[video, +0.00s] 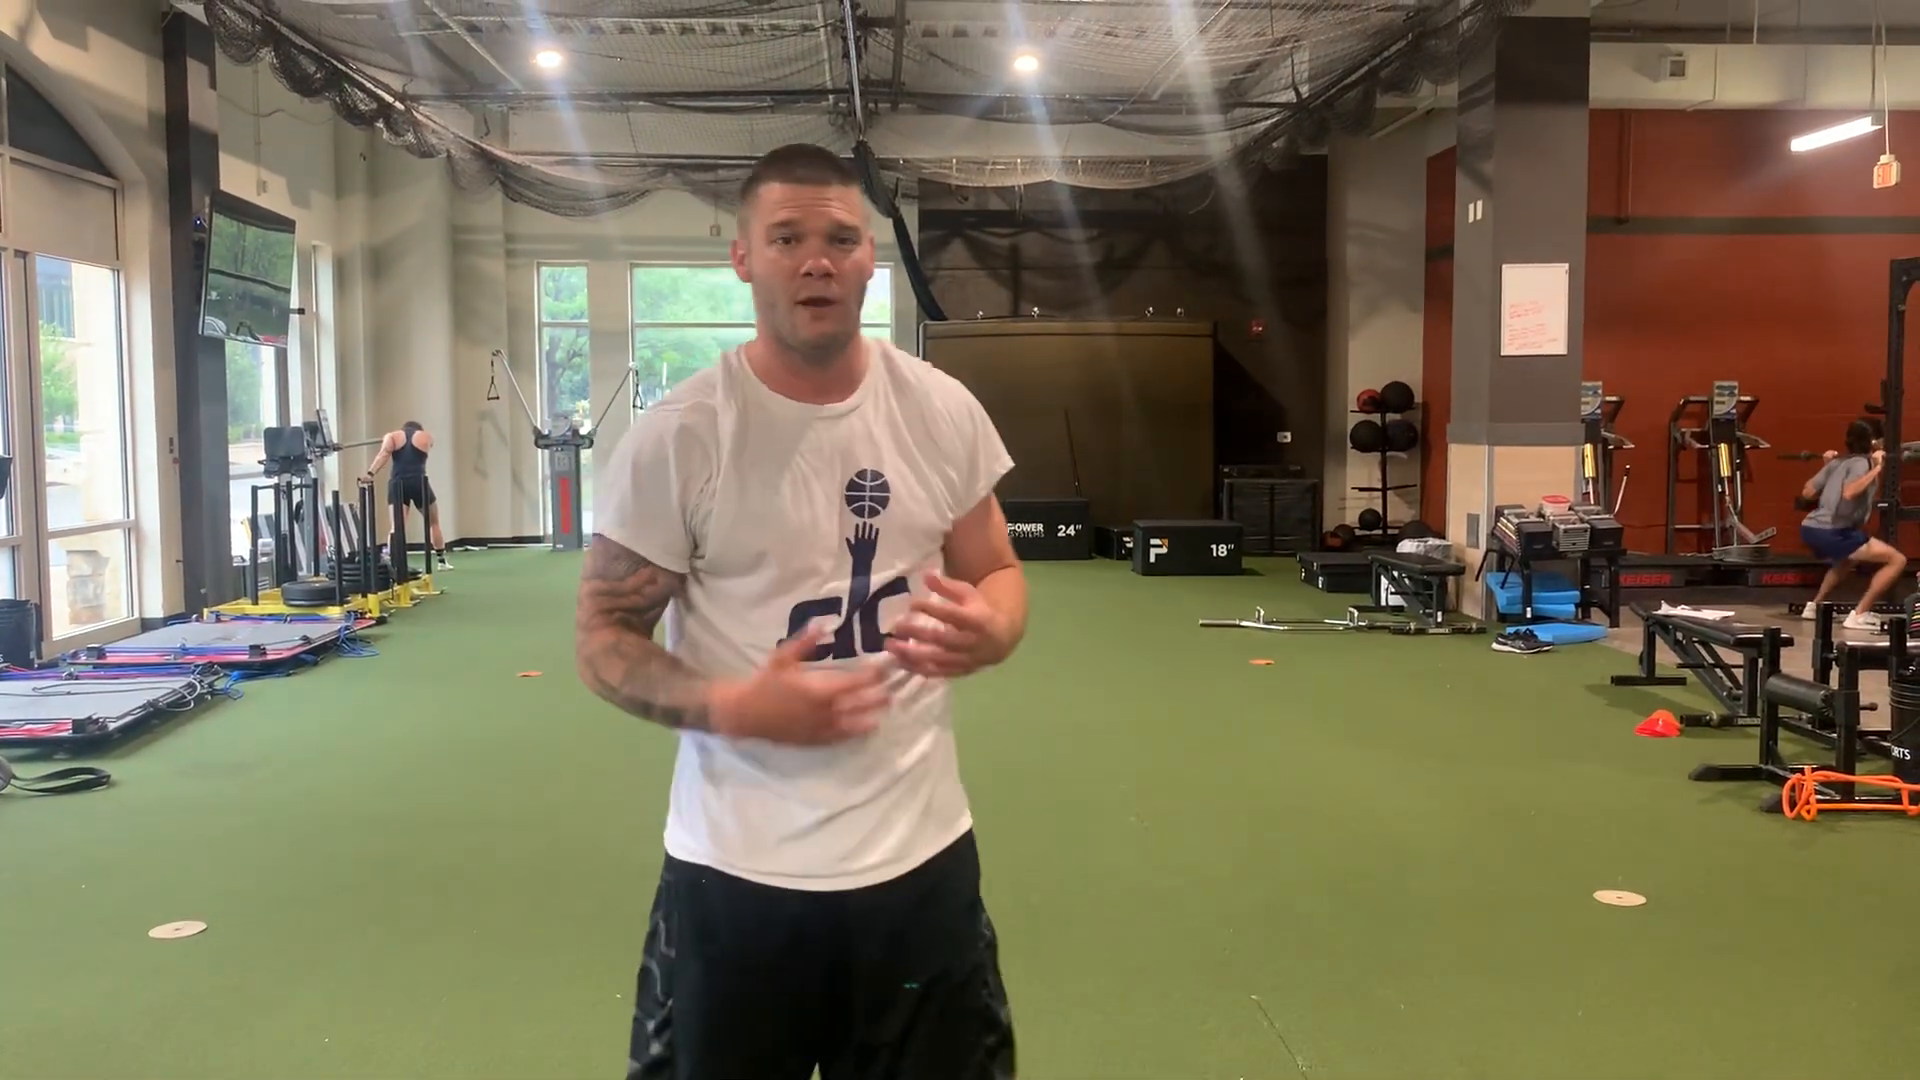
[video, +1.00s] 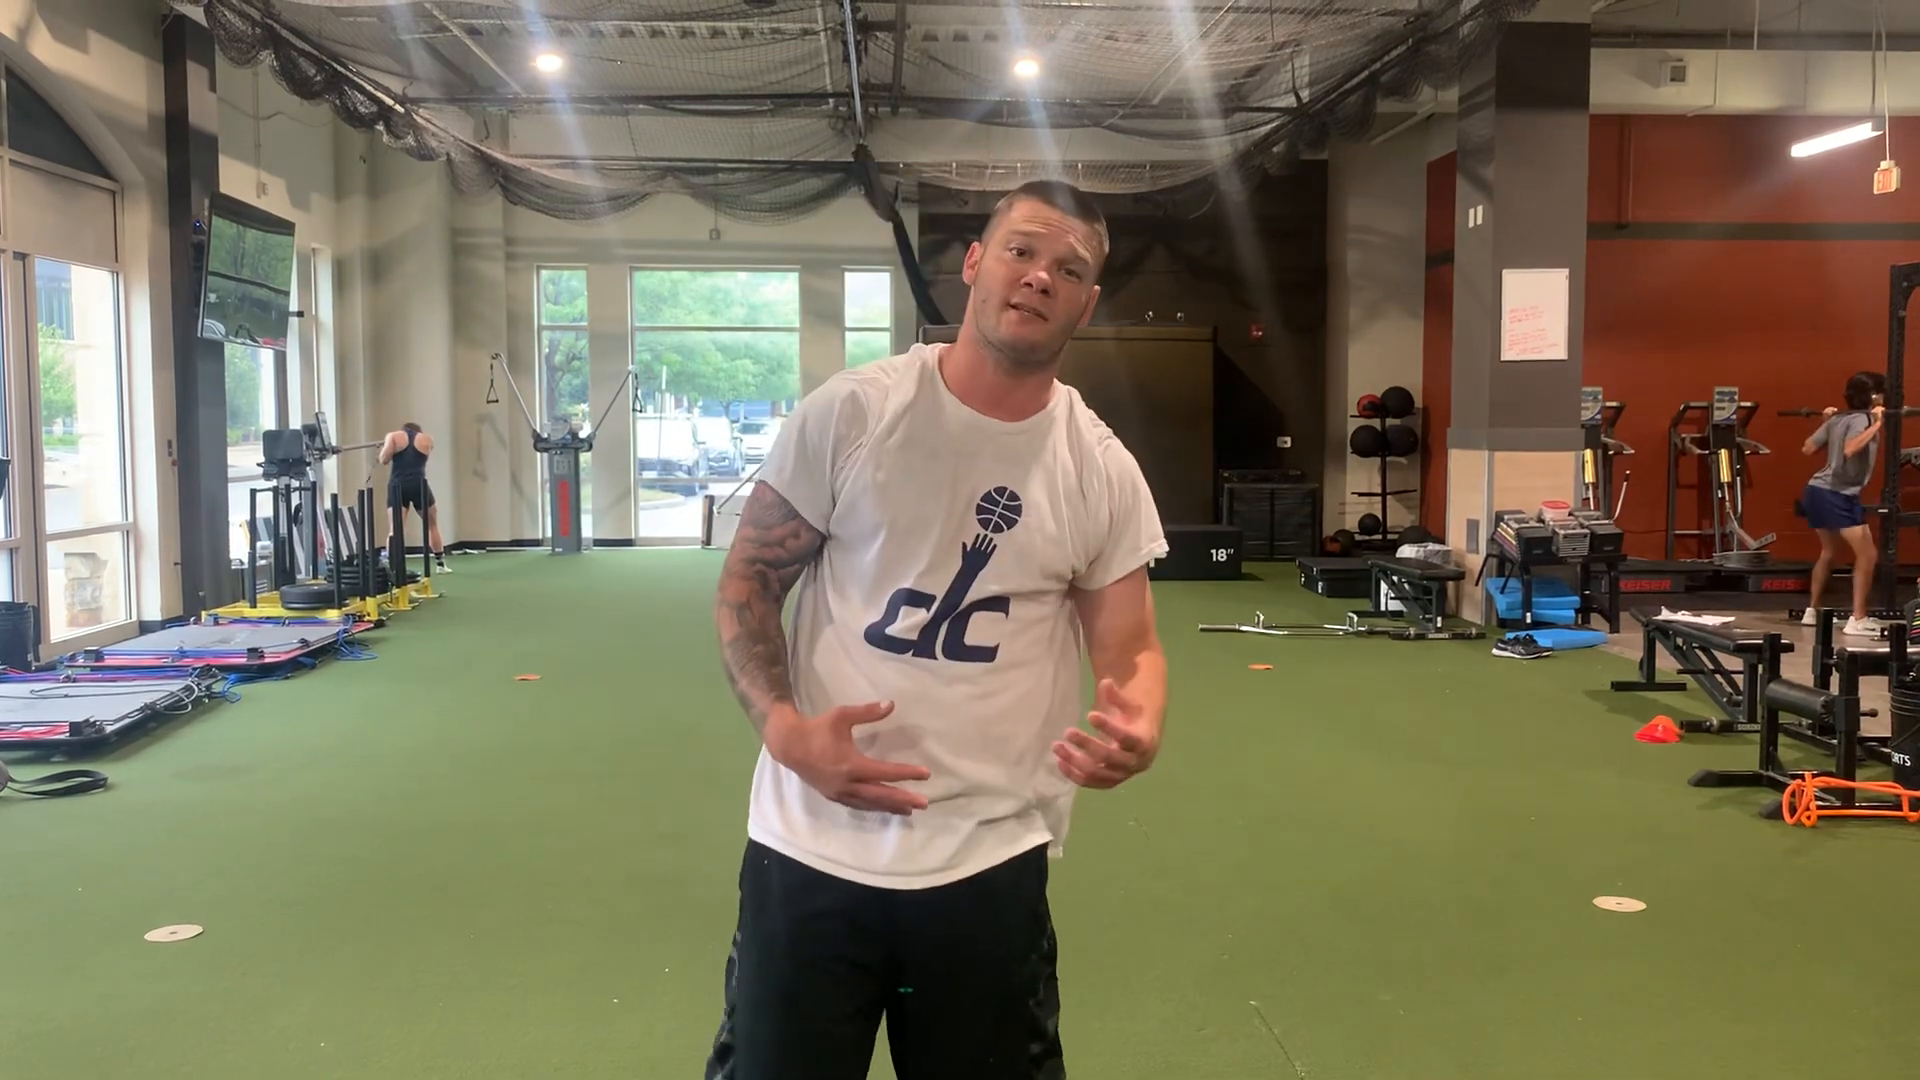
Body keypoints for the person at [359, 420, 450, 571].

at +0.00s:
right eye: (421, 430)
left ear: (403, 428)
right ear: (419, 429)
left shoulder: (392, 436)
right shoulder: (426, 436)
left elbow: (384, 455)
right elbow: (429, 445)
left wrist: (370, 473)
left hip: (397, 484)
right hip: (418, 483)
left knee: (396, 525)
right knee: (433, 522)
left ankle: (390, 559)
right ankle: (442, 560)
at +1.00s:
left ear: (403, 429)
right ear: (419, 431)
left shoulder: (393, 436)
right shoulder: (427, 440)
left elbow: (383, 459)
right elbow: (424, 456)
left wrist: (383, 449)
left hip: (398, 485)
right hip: (419, 484)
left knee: (395, 528)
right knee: (432, 524)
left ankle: (389, 563)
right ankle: (441, 563)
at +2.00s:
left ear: (405, 431)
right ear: (422, 431)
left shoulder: (396, 446)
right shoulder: (431, 447)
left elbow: (388, 469)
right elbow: (425, 467)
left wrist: (375, 488)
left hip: (401, 492)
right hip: (422, 491)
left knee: (399, 535)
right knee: (436, 531)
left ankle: (395, 570)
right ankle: (444, 569)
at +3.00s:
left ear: (404, 430)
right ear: (420, 430)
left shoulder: (395, 446)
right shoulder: (429, 448)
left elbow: (389, 469)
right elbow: (428, 463)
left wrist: (379, 482)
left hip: (401, 493)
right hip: (422, 493)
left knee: (399, 536)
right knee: (436, 532)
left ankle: (394, 570)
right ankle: (445, 570)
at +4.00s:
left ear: (414, 437)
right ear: (431, 437)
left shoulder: (405, 453)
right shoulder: (440, 455)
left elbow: (398, 476)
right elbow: (434, 473)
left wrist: (388, 491)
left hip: (411, 499)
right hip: (432, 498)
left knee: (408, 543)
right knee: (446, 538)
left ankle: (404, 577)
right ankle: (455, 576)